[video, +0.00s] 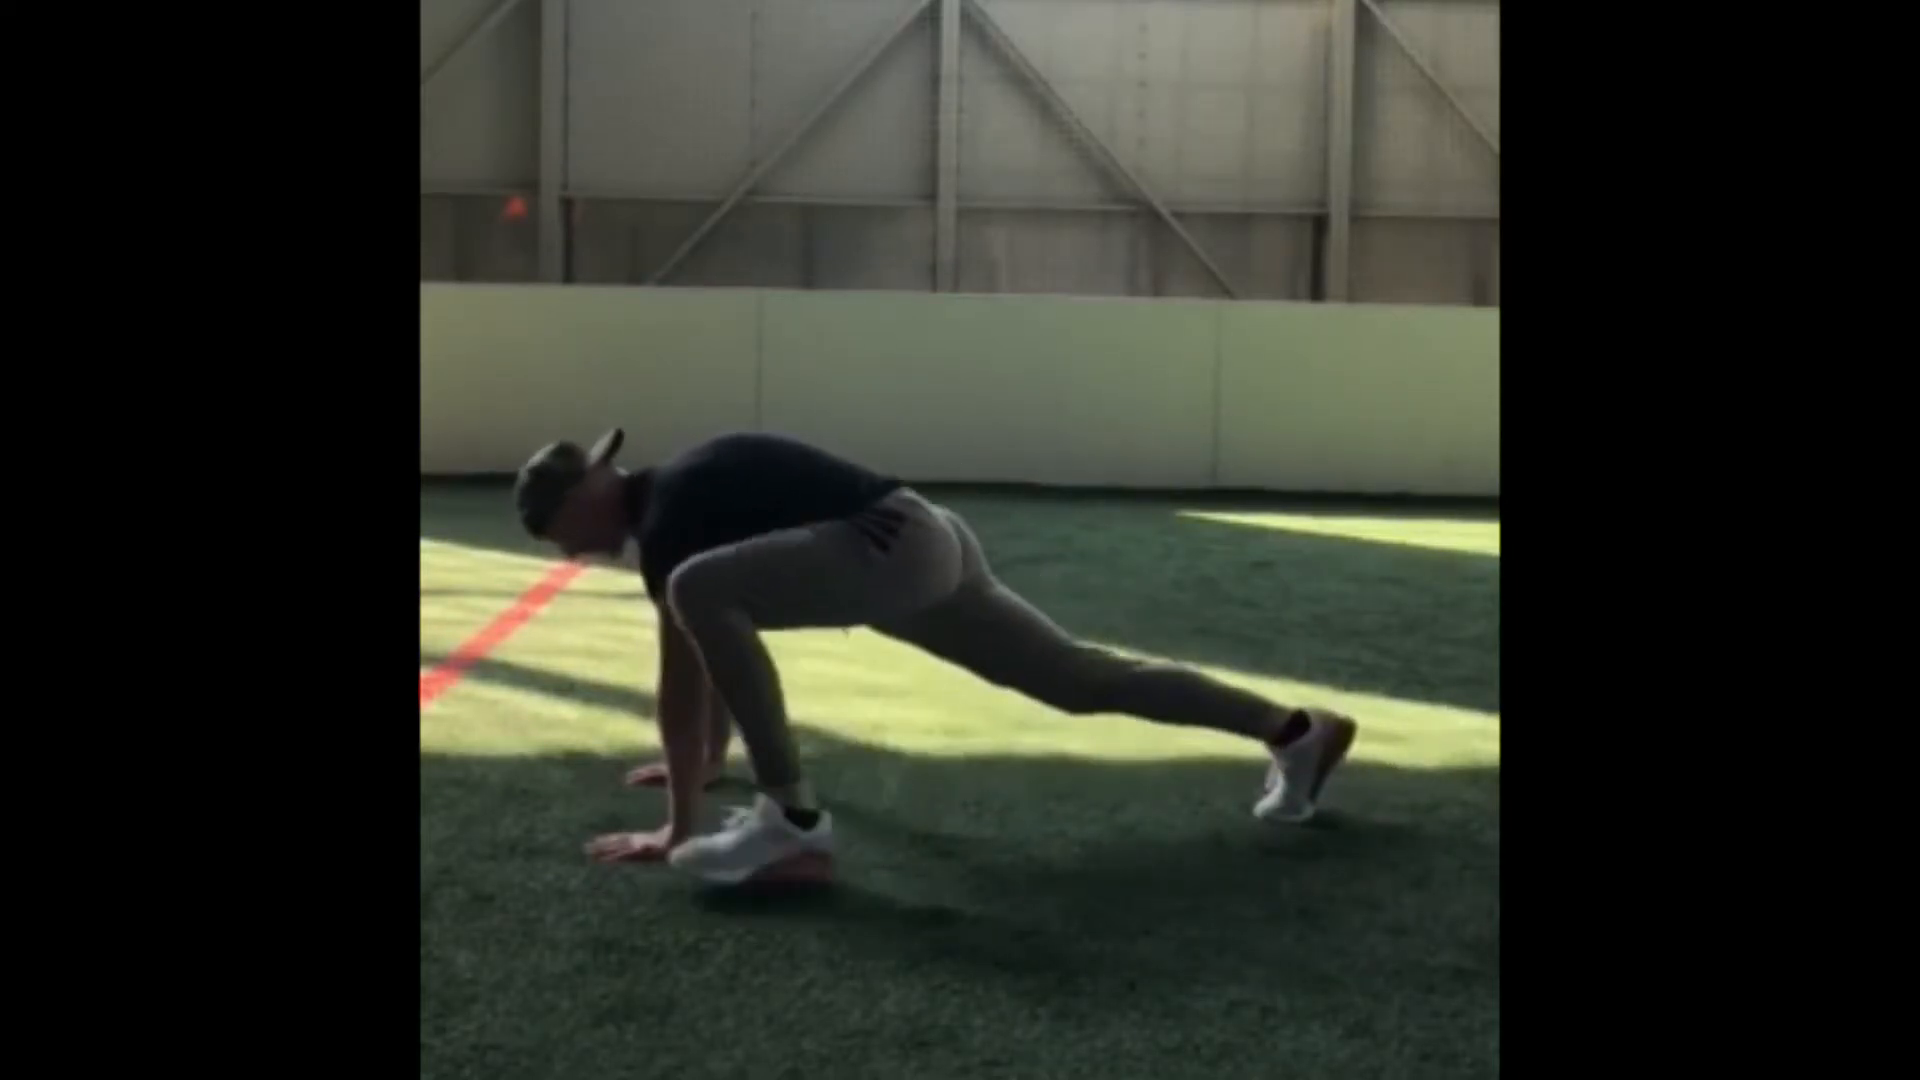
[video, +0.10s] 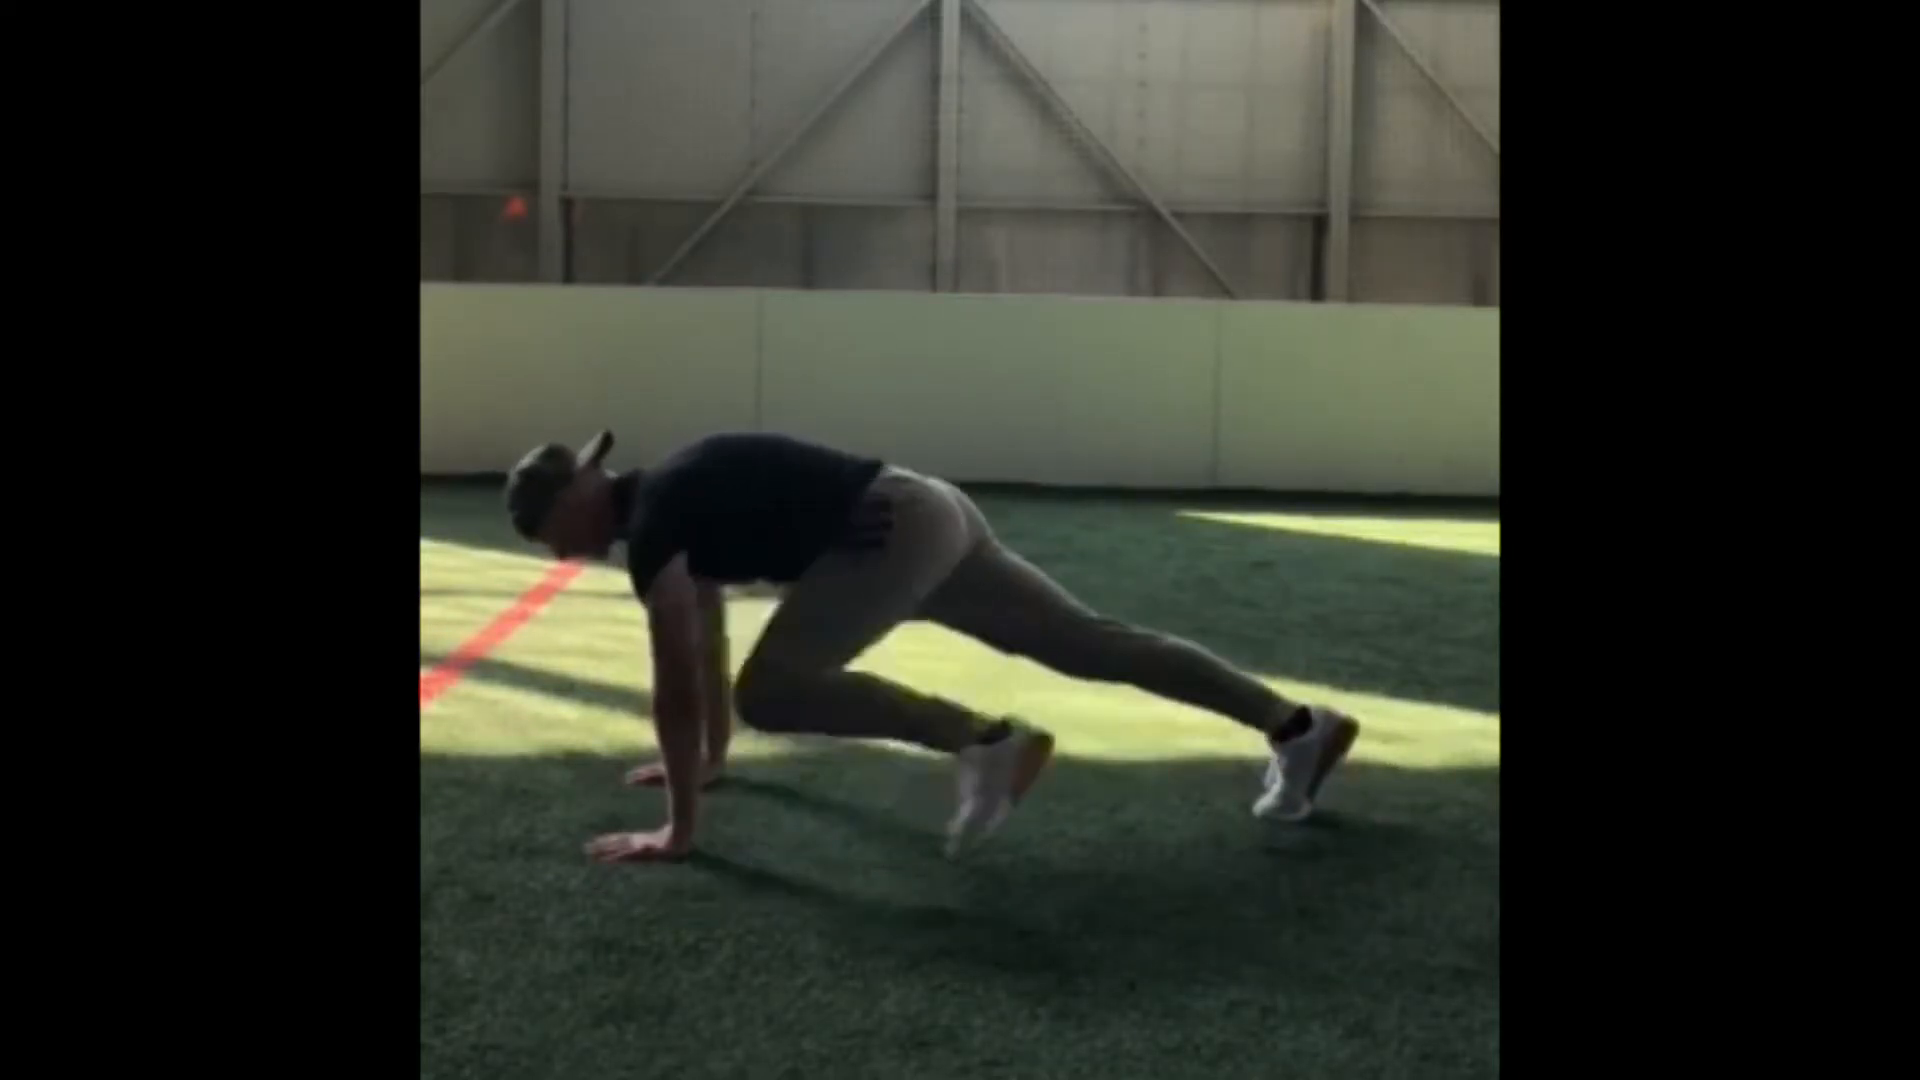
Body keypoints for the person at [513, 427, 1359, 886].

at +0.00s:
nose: (572, 554)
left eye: (564, 538)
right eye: (560, 544)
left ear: (591, 502)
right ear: (603, 488)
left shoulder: (662, 532)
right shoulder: (674, 500)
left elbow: (680, 683)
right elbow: (699, 661)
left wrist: (678, 825)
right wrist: (688, 760)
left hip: (894, 551)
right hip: (932, 543)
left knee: (697, 591)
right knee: (1080, 680)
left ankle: (782, 820)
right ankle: (1295, 733)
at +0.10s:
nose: (567, 558)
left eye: (561, 541)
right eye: (555, 547)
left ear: (582, 503)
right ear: (594, 484)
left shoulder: (649, 532)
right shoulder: (668, 497)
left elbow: (676, 687)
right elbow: (706, 652)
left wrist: (680, 828)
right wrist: (701, 759)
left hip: (891, 532)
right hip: (932, 506)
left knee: (764, 699)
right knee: (1083, 645)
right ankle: (1295, 727)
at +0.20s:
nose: (565, 558)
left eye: (558, 542)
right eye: (553, 547)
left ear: (578, 502)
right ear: (591, 483)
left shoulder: (642, 531)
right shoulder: (669, 494)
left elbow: (671, 687)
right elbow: (708, 645)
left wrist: (677, 831)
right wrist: (709, 751)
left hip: (895, 544)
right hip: (924, 504)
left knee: (926, 776)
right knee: (1097, 638)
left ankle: (1135, 703)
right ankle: (1295, 725)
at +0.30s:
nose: (571, 557)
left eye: (563, 542)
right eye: (561, 546)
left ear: (581, 509)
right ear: (600, 483)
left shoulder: (648, 534)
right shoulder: (680, 500)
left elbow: (675, 687)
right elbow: (716, 655)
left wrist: (678, 832)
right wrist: (709, 757)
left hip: (911, 582)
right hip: (934, 538)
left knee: (1033, 769)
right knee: (1103, 659)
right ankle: (1305, 726)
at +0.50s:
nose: (567, 571)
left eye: (559, 556)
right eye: (555, 561)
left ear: (580, 511)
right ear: (590, 498)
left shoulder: (648, 538)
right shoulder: (672, 504)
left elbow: (674, 694)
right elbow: (714, 654)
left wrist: (677, 832)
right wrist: (707, 756)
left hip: (919, 536)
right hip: (922, 504)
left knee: (1060, 700)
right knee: (1050, 674)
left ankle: (1297, 771)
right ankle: (1238, 688)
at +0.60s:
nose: (567, 571)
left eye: (560, 555)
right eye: (556, 560)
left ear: (580, 512)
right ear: (592, 496)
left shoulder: (643, 529)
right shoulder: (675, 500)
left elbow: (669, 684)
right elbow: (712, 645)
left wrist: (677, 830)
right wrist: (706, 753)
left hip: (904, 507)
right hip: (901, 477)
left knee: (1086, 660)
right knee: (884, 624)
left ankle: (1309, 756)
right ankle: (1073, 676)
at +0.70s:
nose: (577, 567)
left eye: (569, 552)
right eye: (566, 556)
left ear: (585, 510)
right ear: (602, 487)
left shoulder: (641, 531)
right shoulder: (689, 492)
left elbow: (669, 684)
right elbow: (715, 649)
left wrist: (677, 828)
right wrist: (705, 758)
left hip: (898, 536)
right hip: (910, 478)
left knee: (1084, 673)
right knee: (799, 558)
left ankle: (1314, 768)